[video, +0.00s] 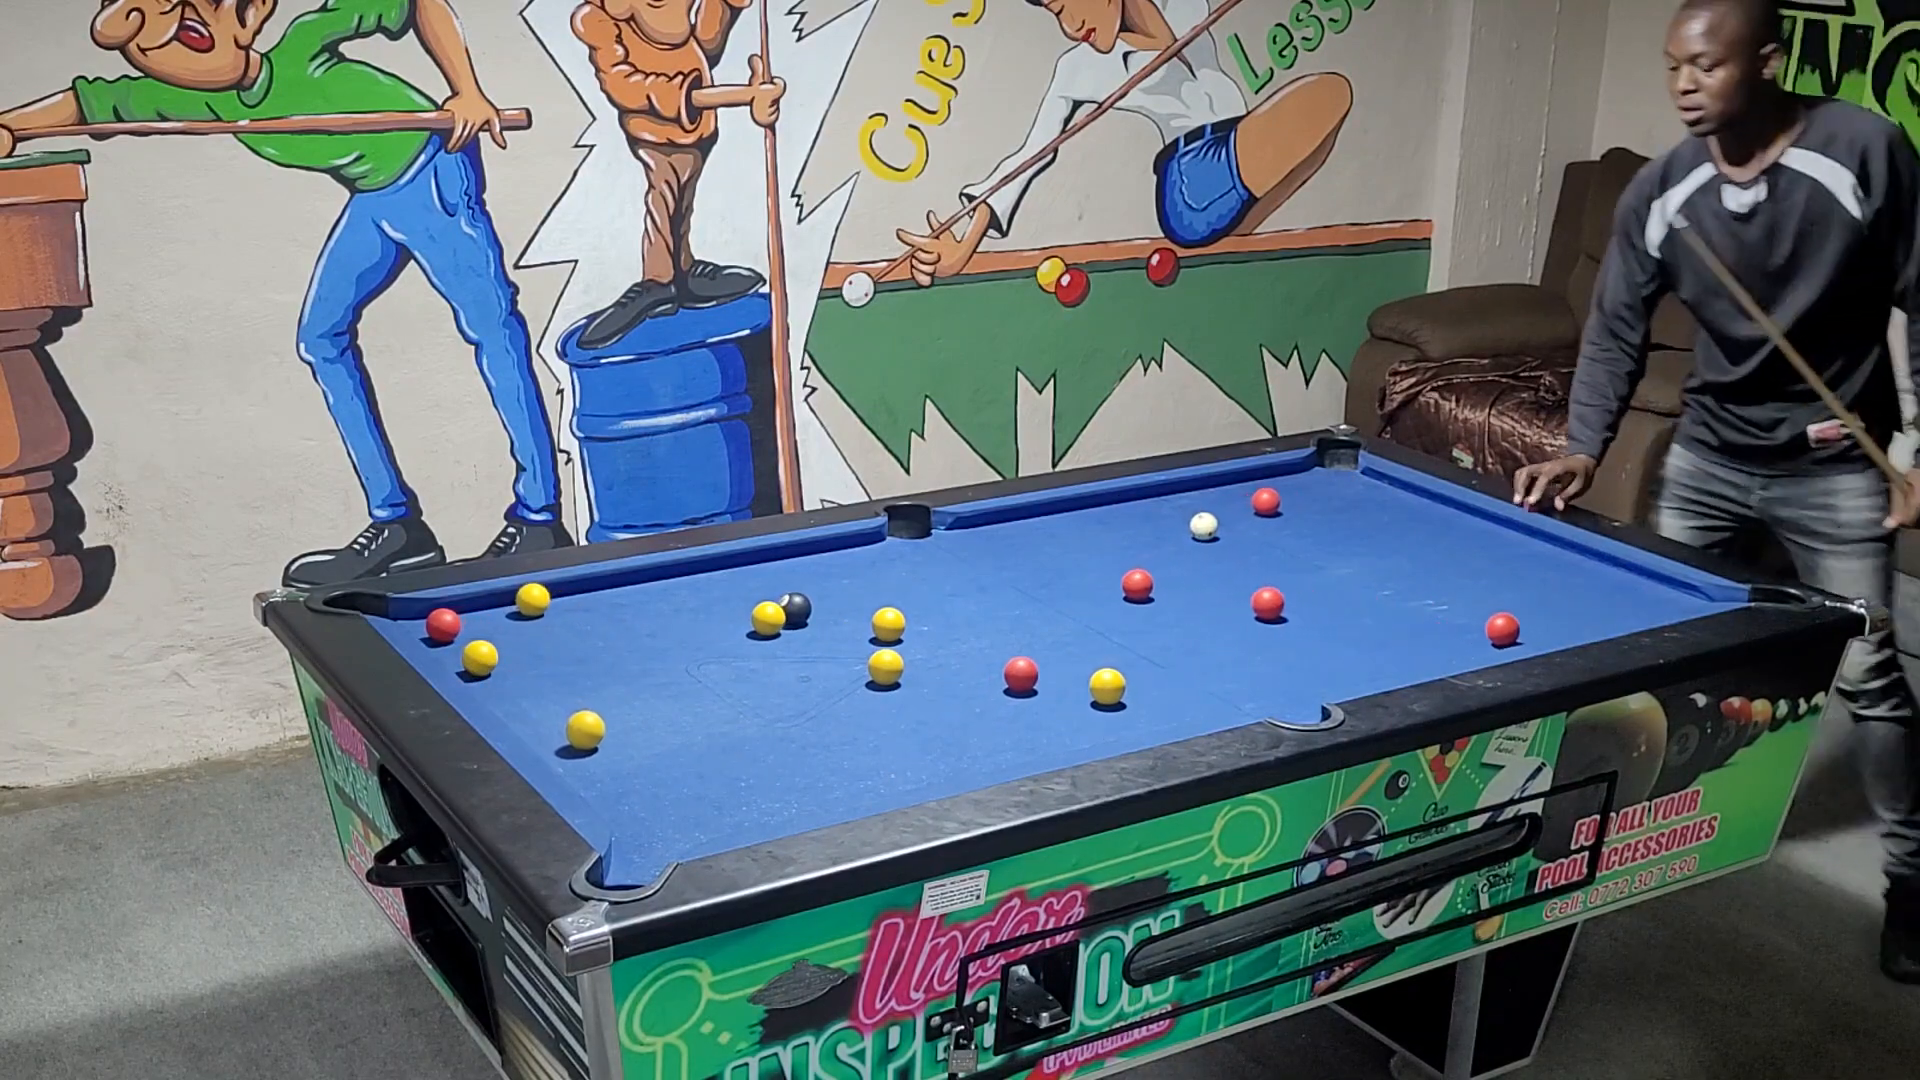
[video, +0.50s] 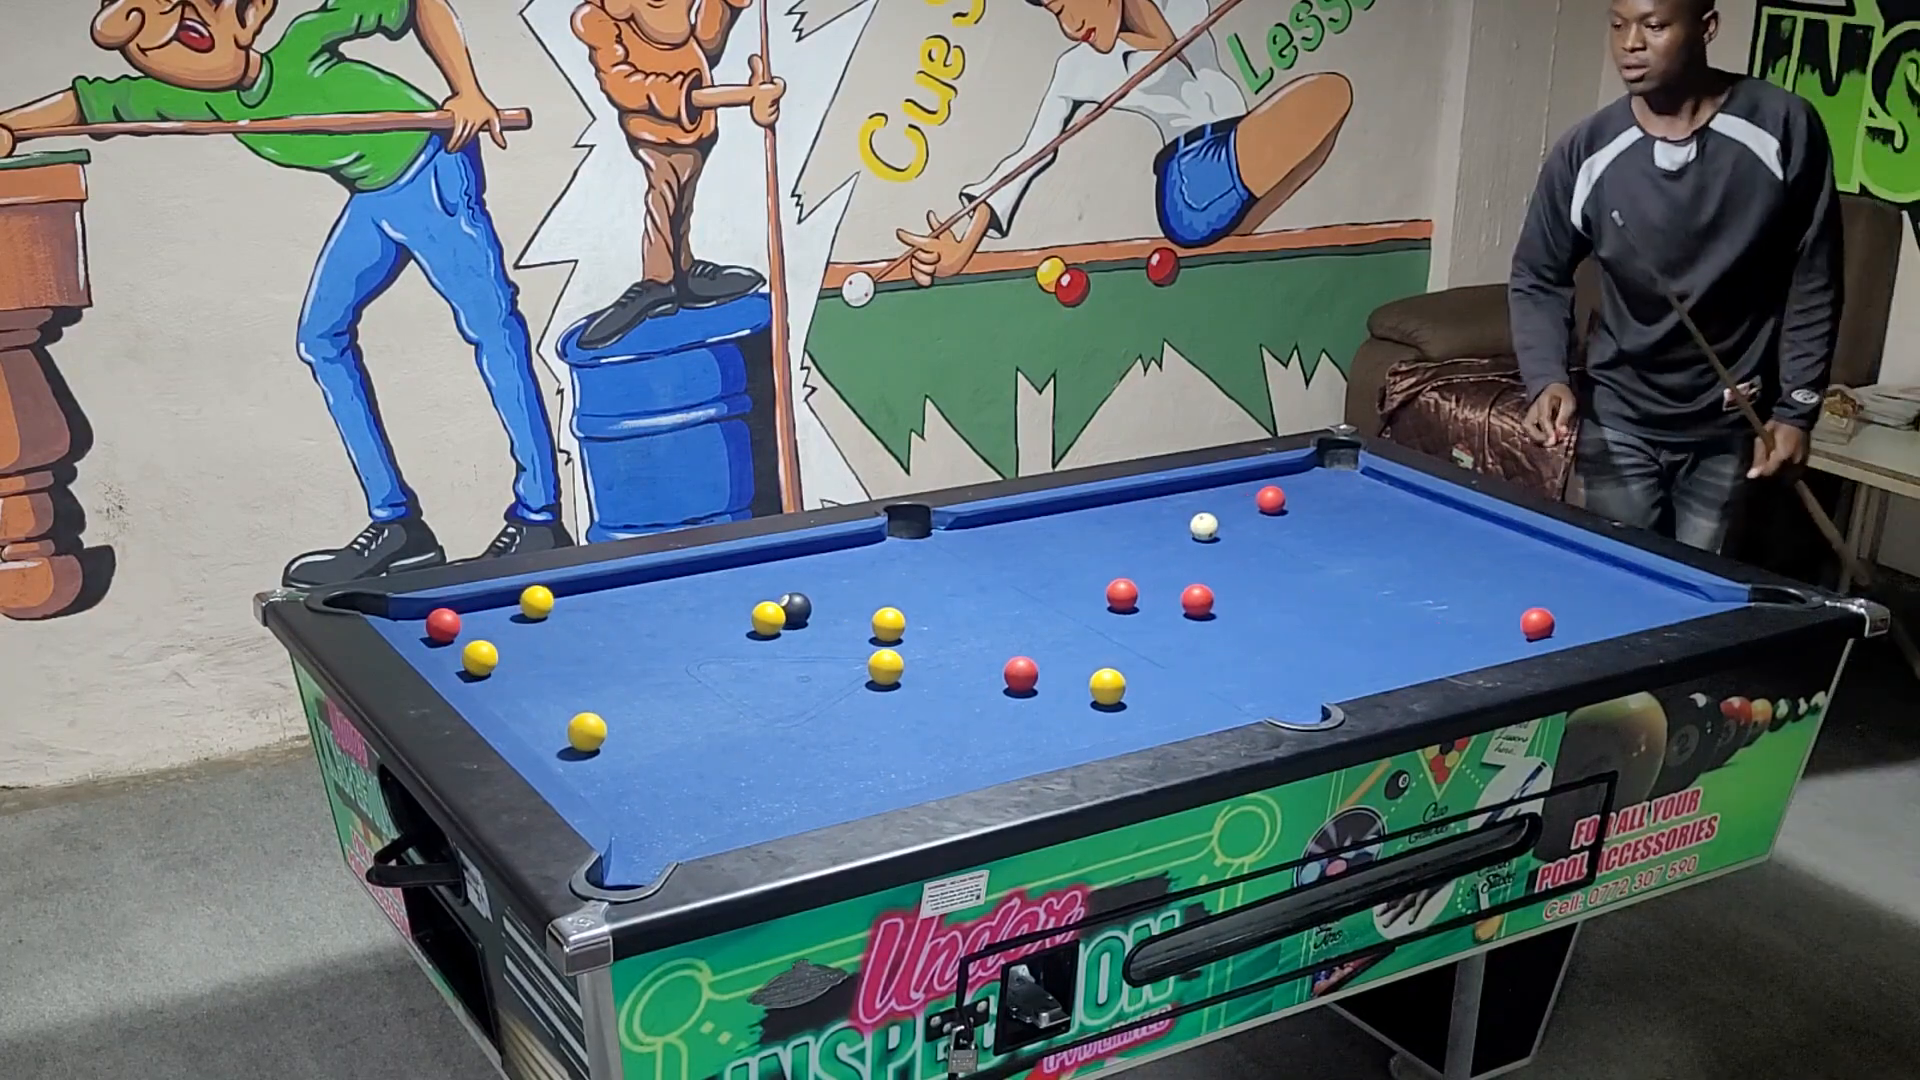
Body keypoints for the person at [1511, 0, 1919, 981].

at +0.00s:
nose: (1686, 84)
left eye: (1706, 64)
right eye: (1676, 66)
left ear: (1768, 63)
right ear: (1669, 72)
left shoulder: (1865, 152)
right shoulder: (1658, 191)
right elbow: (1613, 330)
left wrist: (1918, 448)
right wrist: (1581, 447)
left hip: (1841, 456)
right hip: (1708, 447)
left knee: (1870, 673)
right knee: (1666, 651)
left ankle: (1908, 876)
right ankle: (1672, 837)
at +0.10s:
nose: (1654, 77)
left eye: (1674, 57)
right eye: (1644, 58)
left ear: (1734, 49)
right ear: (1636, 59)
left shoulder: (1837, 142)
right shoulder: (1628, 184)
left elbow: (1891, 290)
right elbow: (1589, 324)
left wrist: (1891, 432)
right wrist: (1565, 444)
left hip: (1805, 443)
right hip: (1680, 441)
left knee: (1824, 647)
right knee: (1636, 639)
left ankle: (1848, 834)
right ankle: (1597, 825)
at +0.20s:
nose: (1633, 65)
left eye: (1656, 45)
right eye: (1623, 46)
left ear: (1714, 43)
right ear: (1614, 46)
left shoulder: (1813, 129)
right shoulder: (1606, 176)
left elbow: (1868, 278)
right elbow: (1569, 316)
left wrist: (1862, 419)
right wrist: (1552, 434)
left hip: (1784, 440)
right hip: (1660, 436)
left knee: (1765, 642)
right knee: (1644, 636)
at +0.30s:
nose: (1623, 56)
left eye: (1647, 35)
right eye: (1613, 36)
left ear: (1703, 34)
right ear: (1603, 35)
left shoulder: (1800, 124)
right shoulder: (1594, 170)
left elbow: (1848, 269)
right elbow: (1552, 302)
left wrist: (1837, 406)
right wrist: (1544, 414)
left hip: (1758, 428)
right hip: (1643, 424)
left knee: (1735, 621)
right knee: (1631, 615)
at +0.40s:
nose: (1624, 48)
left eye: (1648, 27)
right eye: (1614, 29)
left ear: (1701, 29)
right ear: (1603, 32)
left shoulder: (1791, 123)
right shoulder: (1588, 161)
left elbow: (1831, 271)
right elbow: (1541, 289)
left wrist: (1817, 404)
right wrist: (1544, 396)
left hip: (1740, 428)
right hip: (1627, 420)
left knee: (1706, 618)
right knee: (1622, 611)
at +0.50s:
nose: (1630, 44)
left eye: (1655, 25)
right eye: (1619, 25)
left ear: (1707, 28)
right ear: (1608, 31)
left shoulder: (1783, 126)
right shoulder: (1583, 152)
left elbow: (1813, 278)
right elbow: (1537, 277)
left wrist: (1795, 409)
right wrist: (1547, 380)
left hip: (1731, 424)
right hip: (1618, 417)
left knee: (1694, 614)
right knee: (1614, 605)